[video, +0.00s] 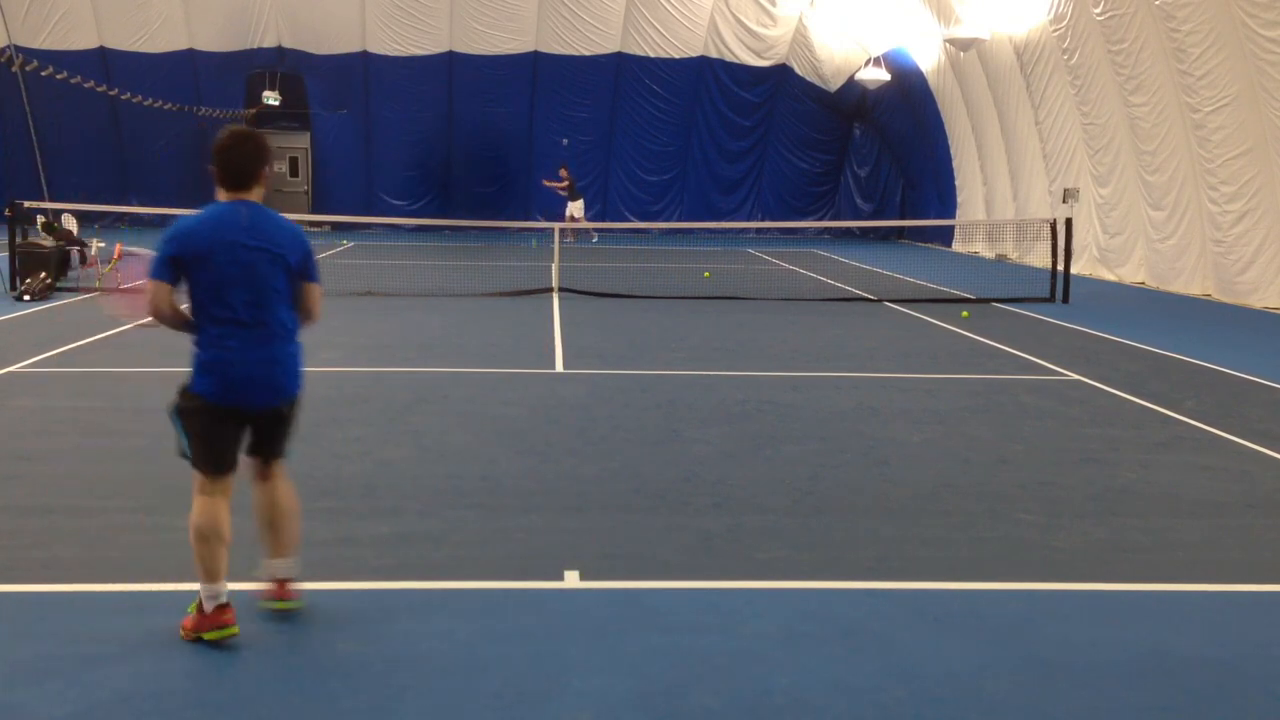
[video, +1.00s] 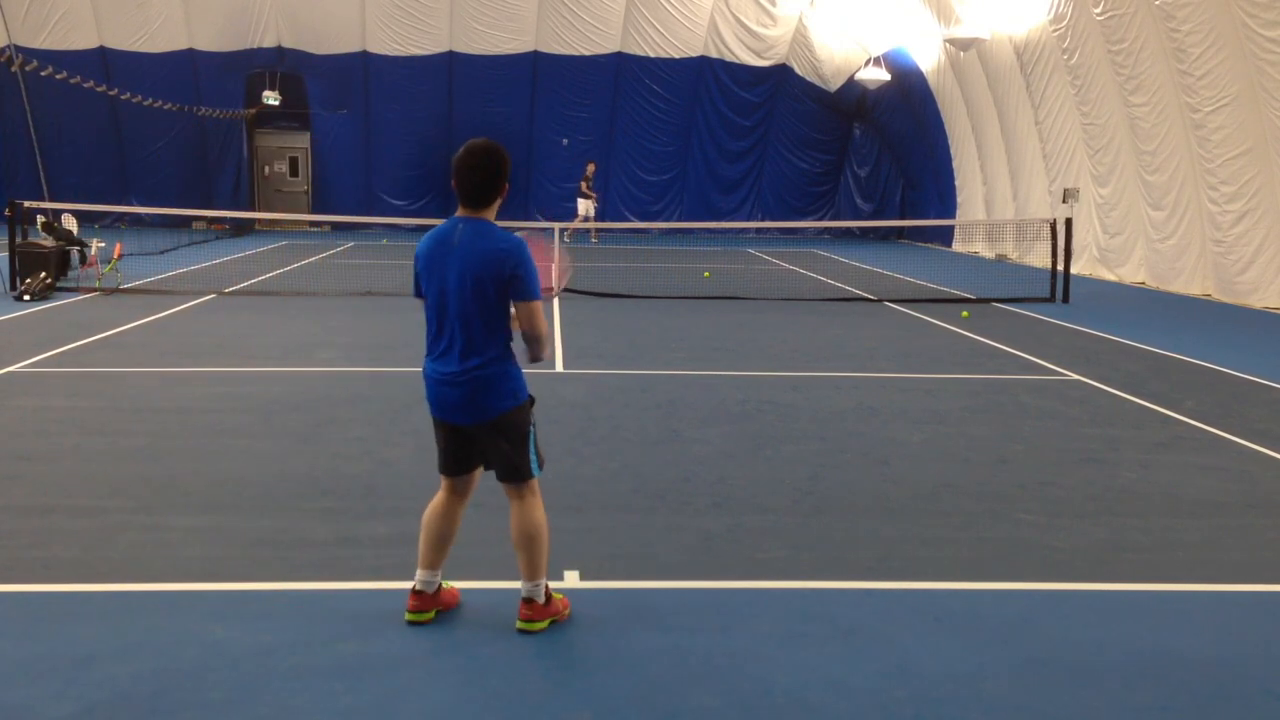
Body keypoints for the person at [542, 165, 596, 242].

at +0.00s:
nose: (560, 174)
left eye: (561, 172)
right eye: (560, 172)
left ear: (566, 172)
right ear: (561, 174)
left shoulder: (569, 180)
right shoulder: (566, 182)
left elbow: (561, 185)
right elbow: (566, 193)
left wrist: (548, 184)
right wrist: (557, 190)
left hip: (577, 201)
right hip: (570, 201)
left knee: (581, 220)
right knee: (567, 219)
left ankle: (593, 234)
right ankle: (570, 236)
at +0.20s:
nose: (567, 173)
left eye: (568, 170)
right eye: (566, 171)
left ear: (572, 170)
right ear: (565, 173)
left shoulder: (581, 178)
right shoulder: (569, 181)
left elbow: (584, 183)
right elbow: (565, 193)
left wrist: (579, 190)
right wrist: (560, 203)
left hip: (583, 200)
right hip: (574, 200)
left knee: (587, 218)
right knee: (571, 218)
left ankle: (594, 235)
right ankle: (570, 237)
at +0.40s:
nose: (577, 169)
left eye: (578, 167)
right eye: (576, 168)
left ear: (582, 167)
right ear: (575, 169)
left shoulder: (588, 176)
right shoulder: (577, 177)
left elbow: (597, 181)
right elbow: (567, 176)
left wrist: (594, 182)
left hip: (590, 199)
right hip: (581, 200)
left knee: (592, 218)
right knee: (578, 217)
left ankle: (593, 236)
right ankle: (571, 236)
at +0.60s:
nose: (585, 168)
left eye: (587, 166)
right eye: (584, 166)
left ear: (589, 167)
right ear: (582, 168)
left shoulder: (590, 178)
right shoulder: (582, 176)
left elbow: (594, 185)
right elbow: (593, 173)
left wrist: (599, 188)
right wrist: (601, 170)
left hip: (591, 199)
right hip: (583, 199)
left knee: (592, 218)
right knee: (581, 217)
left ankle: (593, 235)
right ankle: (570, 234)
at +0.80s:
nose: (589, 168)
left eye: (591, 166)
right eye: (588, 166)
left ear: (593, 167)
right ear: (586, 167)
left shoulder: (591, 178)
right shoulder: (586, 176)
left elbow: (592, 189)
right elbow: (592, 182)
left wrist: (596, 195)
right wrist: (602, 184)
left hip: (592, 199)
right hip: (584, 198)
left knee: (592, 218)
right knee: (582, 217)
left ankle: (593, 235)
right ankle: (568, 233)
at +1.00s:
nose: (591, 169)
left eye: (593, 167)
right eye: (590, 167)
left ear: (594, 169)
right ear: (587, 168)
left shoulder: (591, 178)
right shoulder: (584, 177)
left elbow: (589, 191)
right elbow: (583, 189)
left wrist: (593, 200)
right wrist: (593, 194)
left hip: (589, 199)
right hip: (582, 199)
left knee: (591, 218)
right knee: (581, 217)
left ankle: (593, 235)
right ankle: (568, 233)